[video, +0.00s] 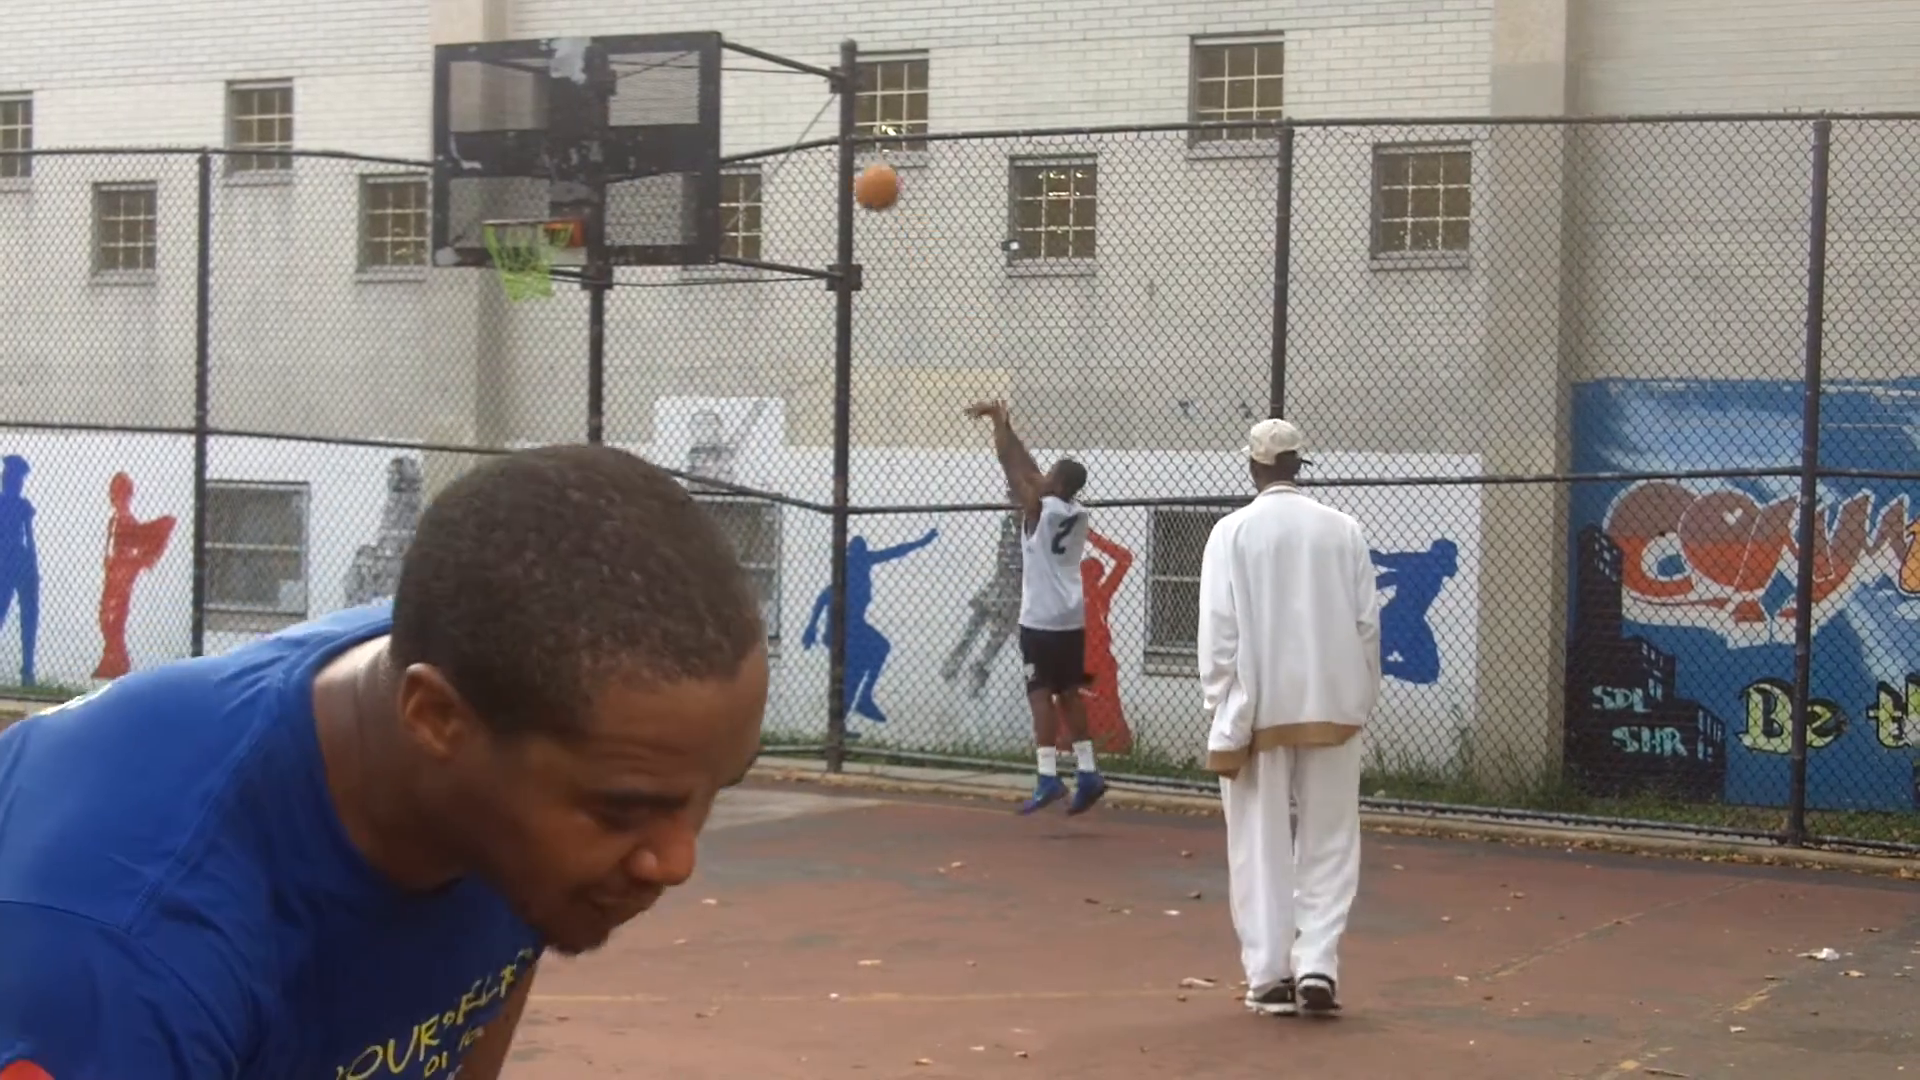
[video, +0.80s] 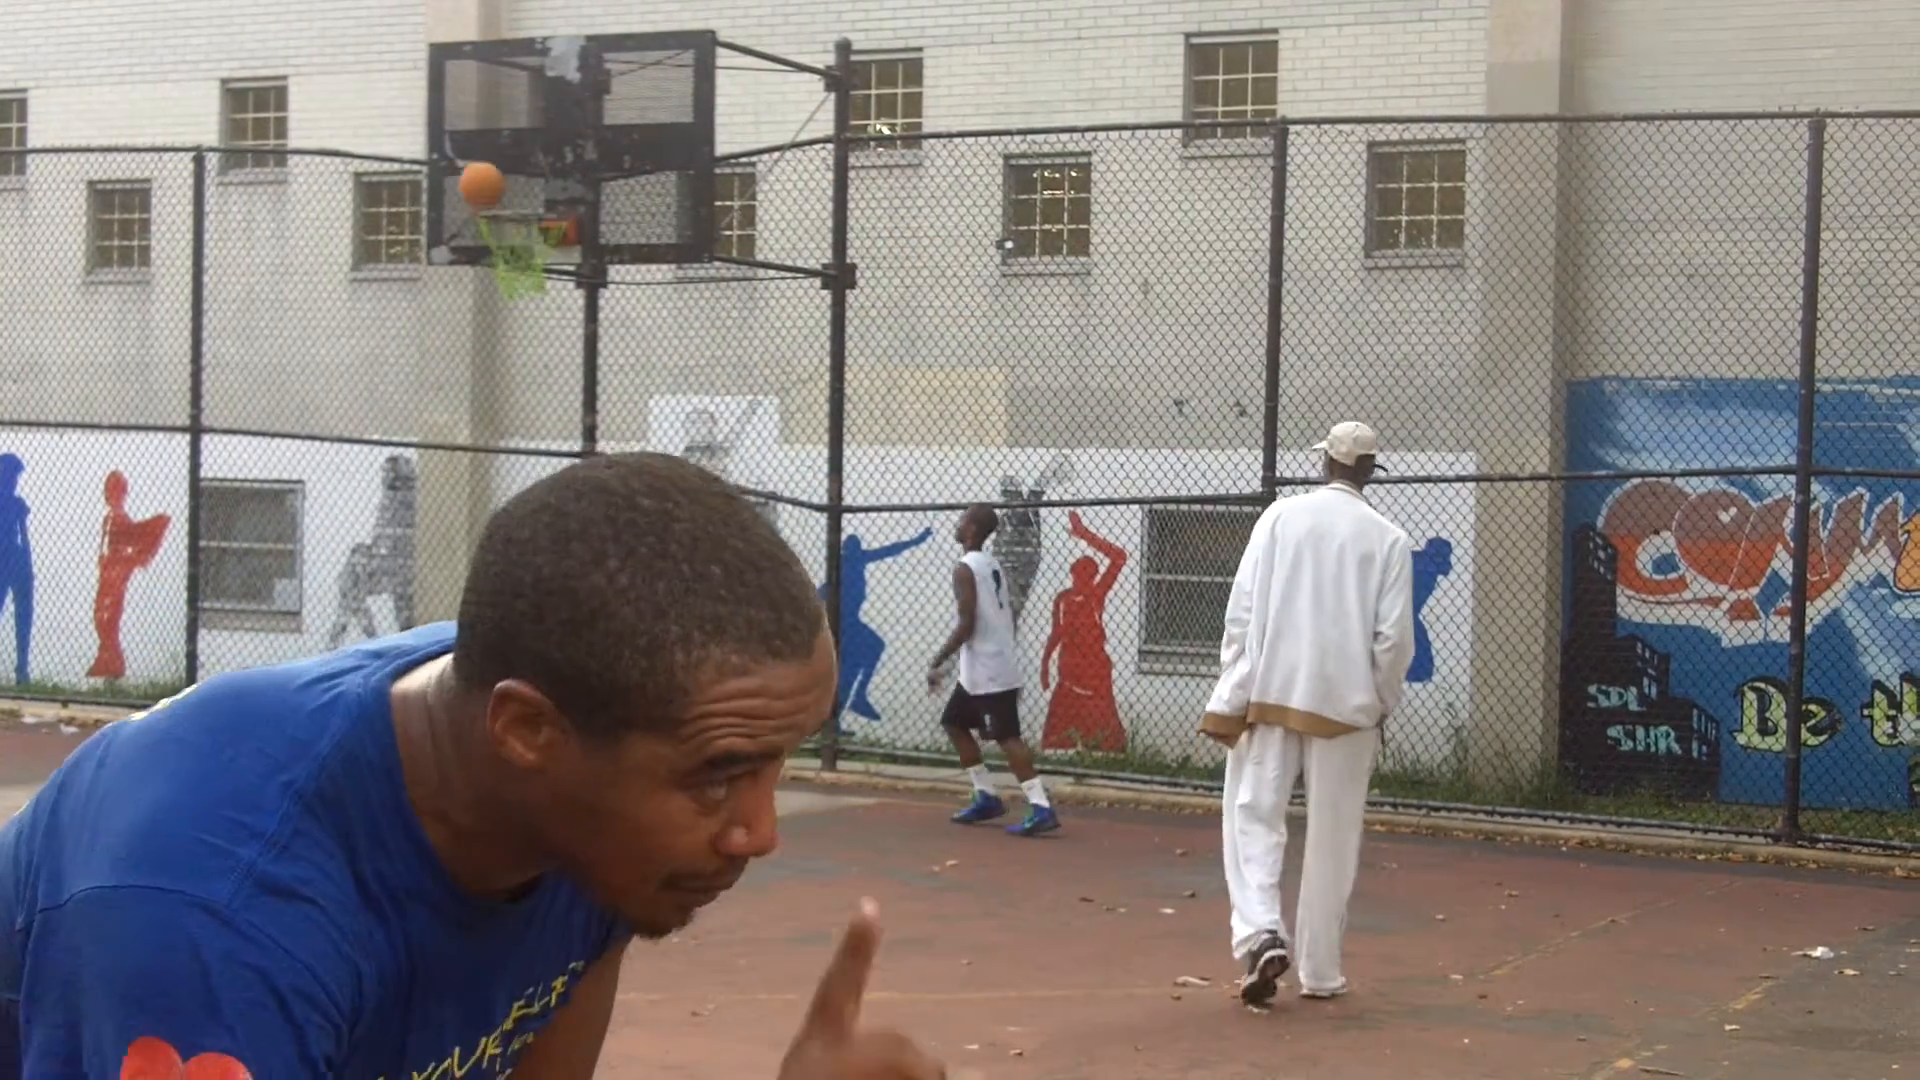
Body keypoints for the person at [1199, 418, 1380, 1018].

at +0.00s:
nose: (1258, 474)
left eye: (1253, 466)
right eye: (1276, 464)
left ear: (1253, 470)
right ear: (1300, 466)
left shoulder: (1230, 532)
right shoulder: (1342, 527)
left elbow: (1218, 635)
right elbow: (1368, 623)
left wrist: (1224, 714)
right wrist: (1362, 700)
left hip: (1258, 708)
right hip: (1333, 705)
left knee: (1258, 842)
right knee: (1330, 839)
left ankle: (1269, 976)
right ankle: (1317, 965)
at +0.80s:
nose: (1346, 472)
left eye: (1332, 461)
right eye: (1362, 467)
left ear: (1323, 465)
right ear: (1370, 471)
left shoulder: (1278, 517)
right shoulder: (1388, 539)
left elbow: (1241, 613)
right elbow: (1393, 638)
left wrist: (1233, 693)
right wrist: (1382, 710)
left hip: (1268, 694)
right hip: (1344, 703)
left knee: (1253, 822)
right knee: (1334, 836)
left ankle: (1260, 934)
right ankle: (1320, 974)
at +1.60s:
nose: (1393, 479)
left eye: (1373, 465)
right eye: (1398, 472)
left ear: (1354, 470)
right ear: (1398, 475)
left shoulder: (1312, 528)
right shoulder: (1407, 538)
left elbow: (1282, 627)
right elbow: (1410, 634)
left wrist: (1293, 697)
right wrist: (1417, 704)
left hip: (1314, 699)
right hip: (1378, 703)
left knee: (1333, 831)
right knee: (1363, 832)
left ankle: (1367, 945)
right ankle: (1324, 962)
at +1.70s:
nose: (1396, 476)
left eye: (1385, 466)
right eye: (1397, 469)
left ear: (1351, 471)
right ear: (1395, 472)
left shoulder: (1315, 529)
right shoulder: (1409, 534)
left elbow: (1289, 627)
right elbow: (1416, 628)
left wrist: (1307, 692)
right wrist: (1427, 699)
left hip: (1324, 697)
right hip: (1386, 701)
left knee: (1338, 826)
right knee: (1375, 830)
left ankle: (1365, 946)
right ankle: (1327, 950)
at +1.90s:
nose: (1395, 475)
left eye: (1376, 468)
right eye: (1398, 467)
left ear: (1356, 475)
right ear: (1400, 473)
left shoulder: (1326, 534)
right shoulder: (1425, 530)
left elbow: (1306, 629)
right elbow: (1438, 624)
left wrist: (1312, 704)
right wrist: (1452, 693)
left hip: (1342, 697)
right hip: (1407, 696)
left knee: (1353, 822)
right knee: (1409, 826)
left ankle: (1369, 945)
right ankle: (1356, 921)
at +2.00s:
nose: (1399, 477)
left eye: (1380, 470)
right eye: (1404, 470)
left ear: (1364, 476)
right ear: (1408, 474)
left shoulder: (1333, 532)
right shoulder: (1434, 530)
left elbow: (1312, 629)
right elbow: (1447, 623)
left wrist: (1316, 703)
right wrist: (1461, 692)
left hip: (1349, 695)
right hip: (1417, 694)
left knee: (1354, 822)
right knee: (1424, 826)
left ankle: (1358, 950)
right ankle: (1382, 930)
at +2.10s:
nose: (1412, 479)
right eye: (1415, 472)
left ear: (1372, 477)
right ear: (1417, 475)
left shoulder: (1338, 532)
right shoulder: (1443, 532)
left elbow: (1314, 628)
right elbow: (1454, 625)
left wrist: (1318, 703)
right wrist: (1466, 692)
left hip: (1353, 696)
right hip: (1423, 696)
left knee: (1354, 824)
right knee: (1433, 825)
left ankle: (1358, 945)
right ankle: (1419, 939)